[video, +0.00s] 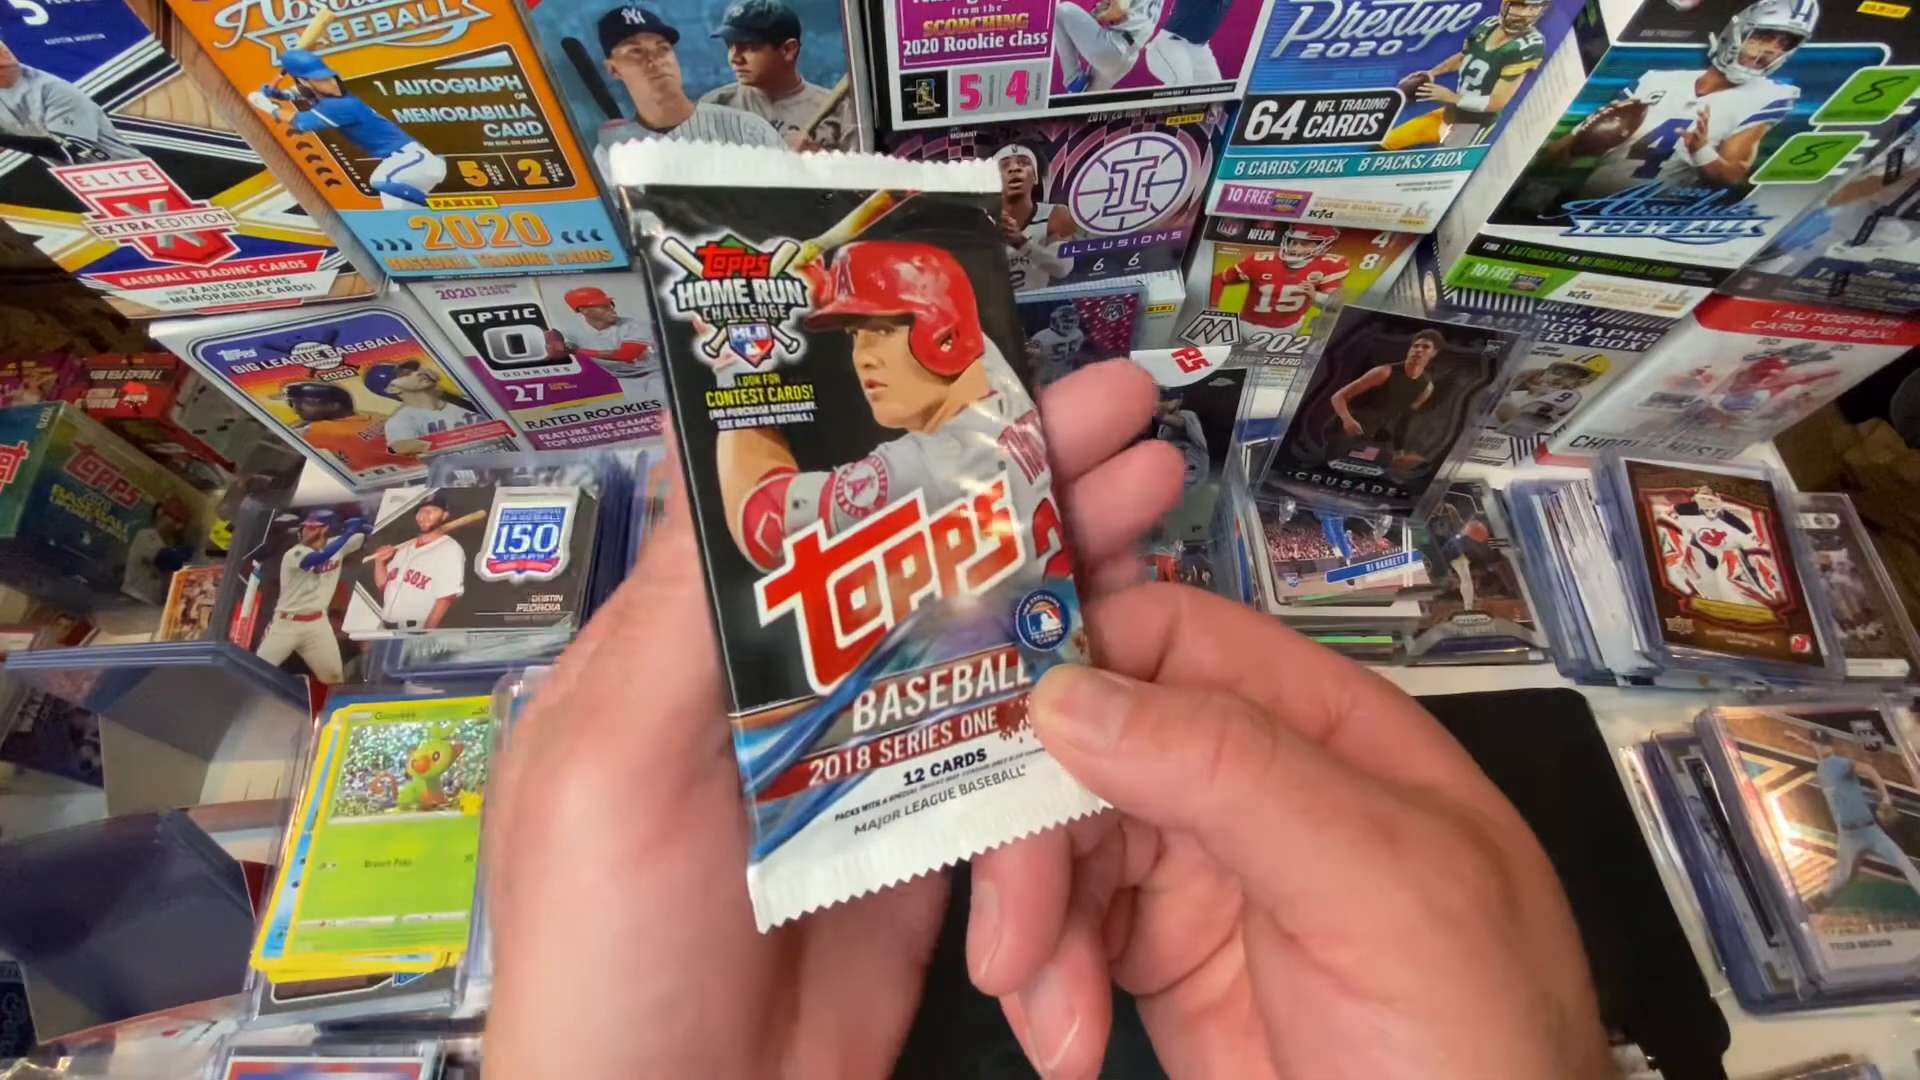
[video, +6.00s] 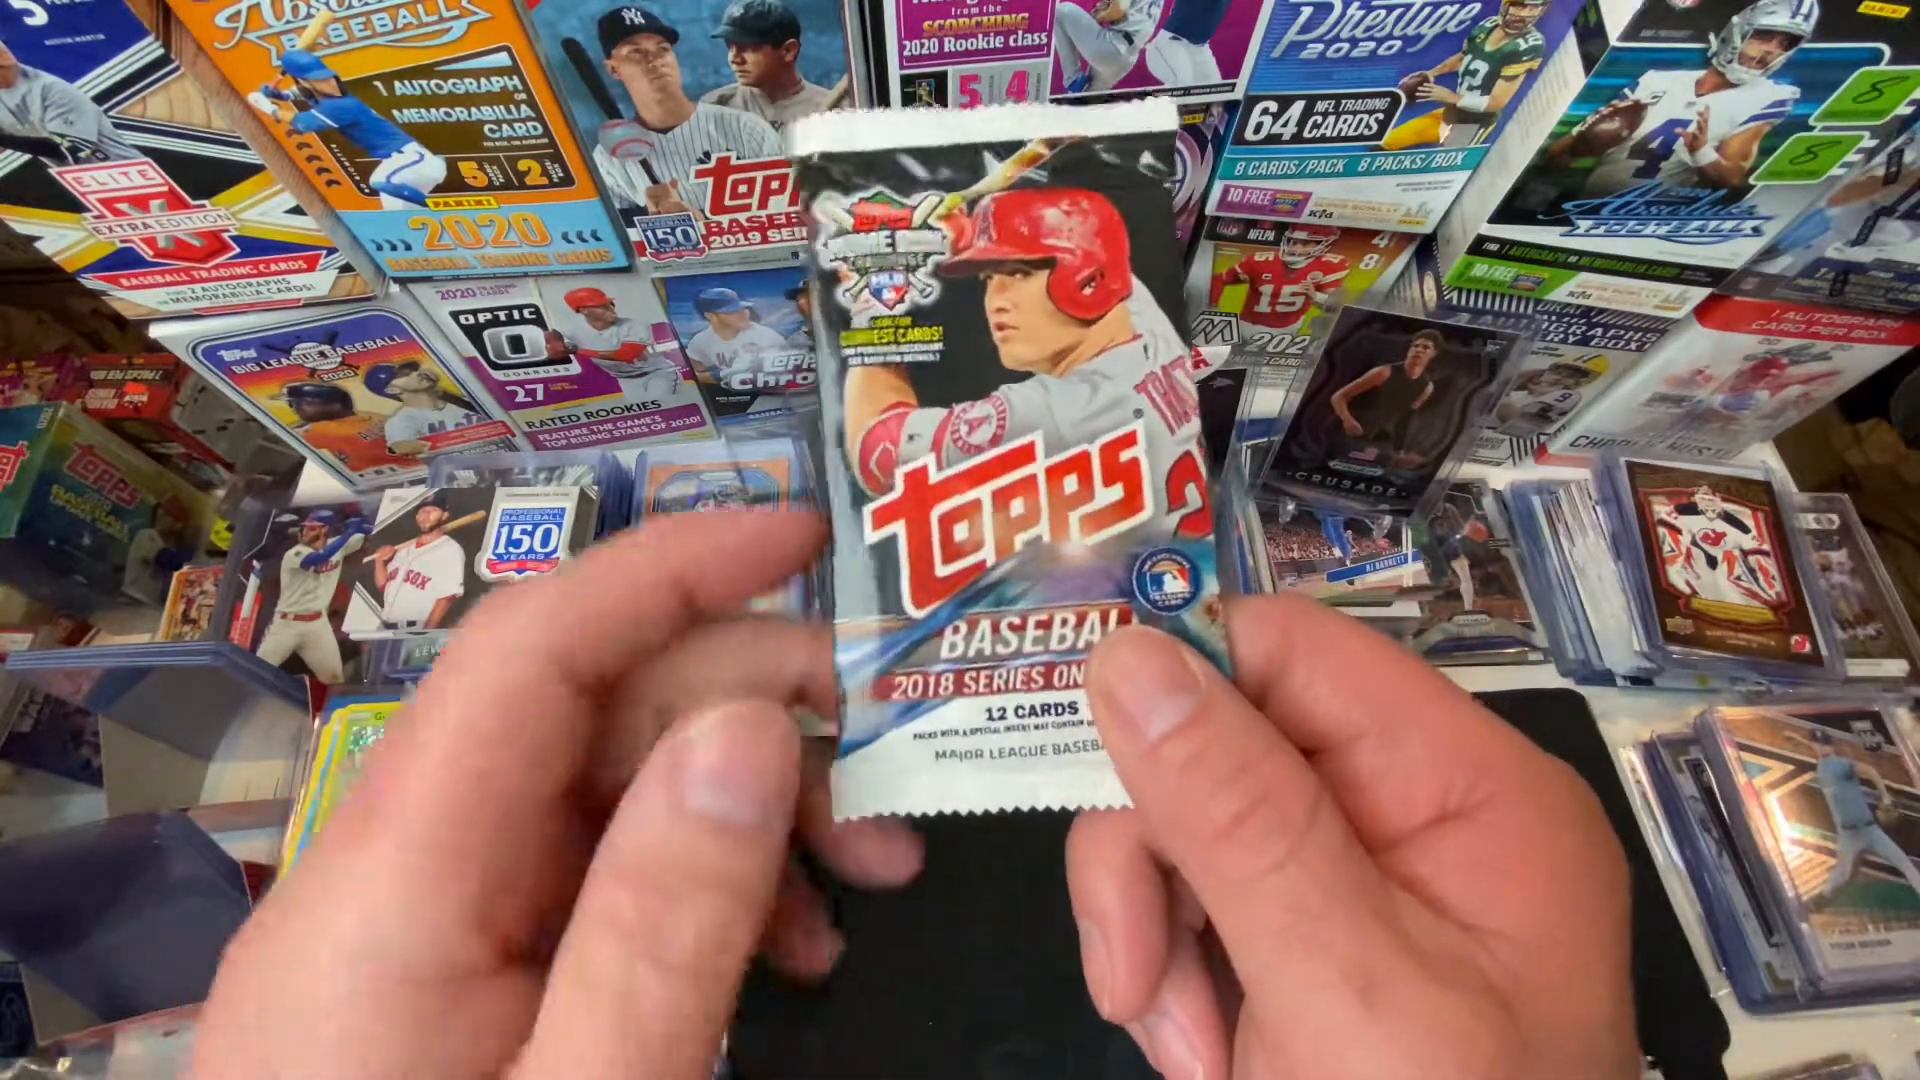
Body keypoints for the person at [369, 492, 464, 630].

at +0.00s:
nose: (424, 516)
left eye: (431, 511)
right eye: (421, 511)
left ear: (444, 515)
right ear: (416, 515)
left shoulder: (450, 550)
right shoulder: (405, 547)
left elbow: (446, 598)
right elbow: (382, 585)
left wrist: (426, 634)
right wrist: (379, 562)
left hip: (416, 631)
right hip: (386, 627)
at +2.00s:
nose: (426, 517)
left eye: (432, 511)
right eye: (422, 511)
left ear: (445, 515)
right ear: (416, 515)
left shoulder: (451, 550)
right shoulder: (405, 548)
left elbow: (447, 598)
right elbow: (382, 585)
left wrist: (425, 633)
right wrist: (379, 561)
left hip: (416, 631)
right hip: (386, 627)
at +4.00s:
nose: (425, 516)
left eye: (432, 511)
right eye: (422, 512)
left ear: (444, 516)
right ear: (416, 516)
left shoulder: (451, 550)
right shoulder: (405, 548)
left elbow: (446, 598)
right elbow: (382, 585)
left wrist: (424, 634)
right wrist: (379, 562)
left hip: (416, 631)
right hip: (386, 627)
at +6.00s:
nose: (425, 516)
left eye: (432, 511)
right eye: (422, 511)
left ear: (444, 516)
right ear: (416, 516)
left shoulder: (451, 549)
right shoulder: (405, 549)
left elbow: (446, 598)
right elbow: (382, 585)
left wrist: (424, 635)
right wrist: (379, 561)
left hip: (417, 631)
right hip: (386, 627)